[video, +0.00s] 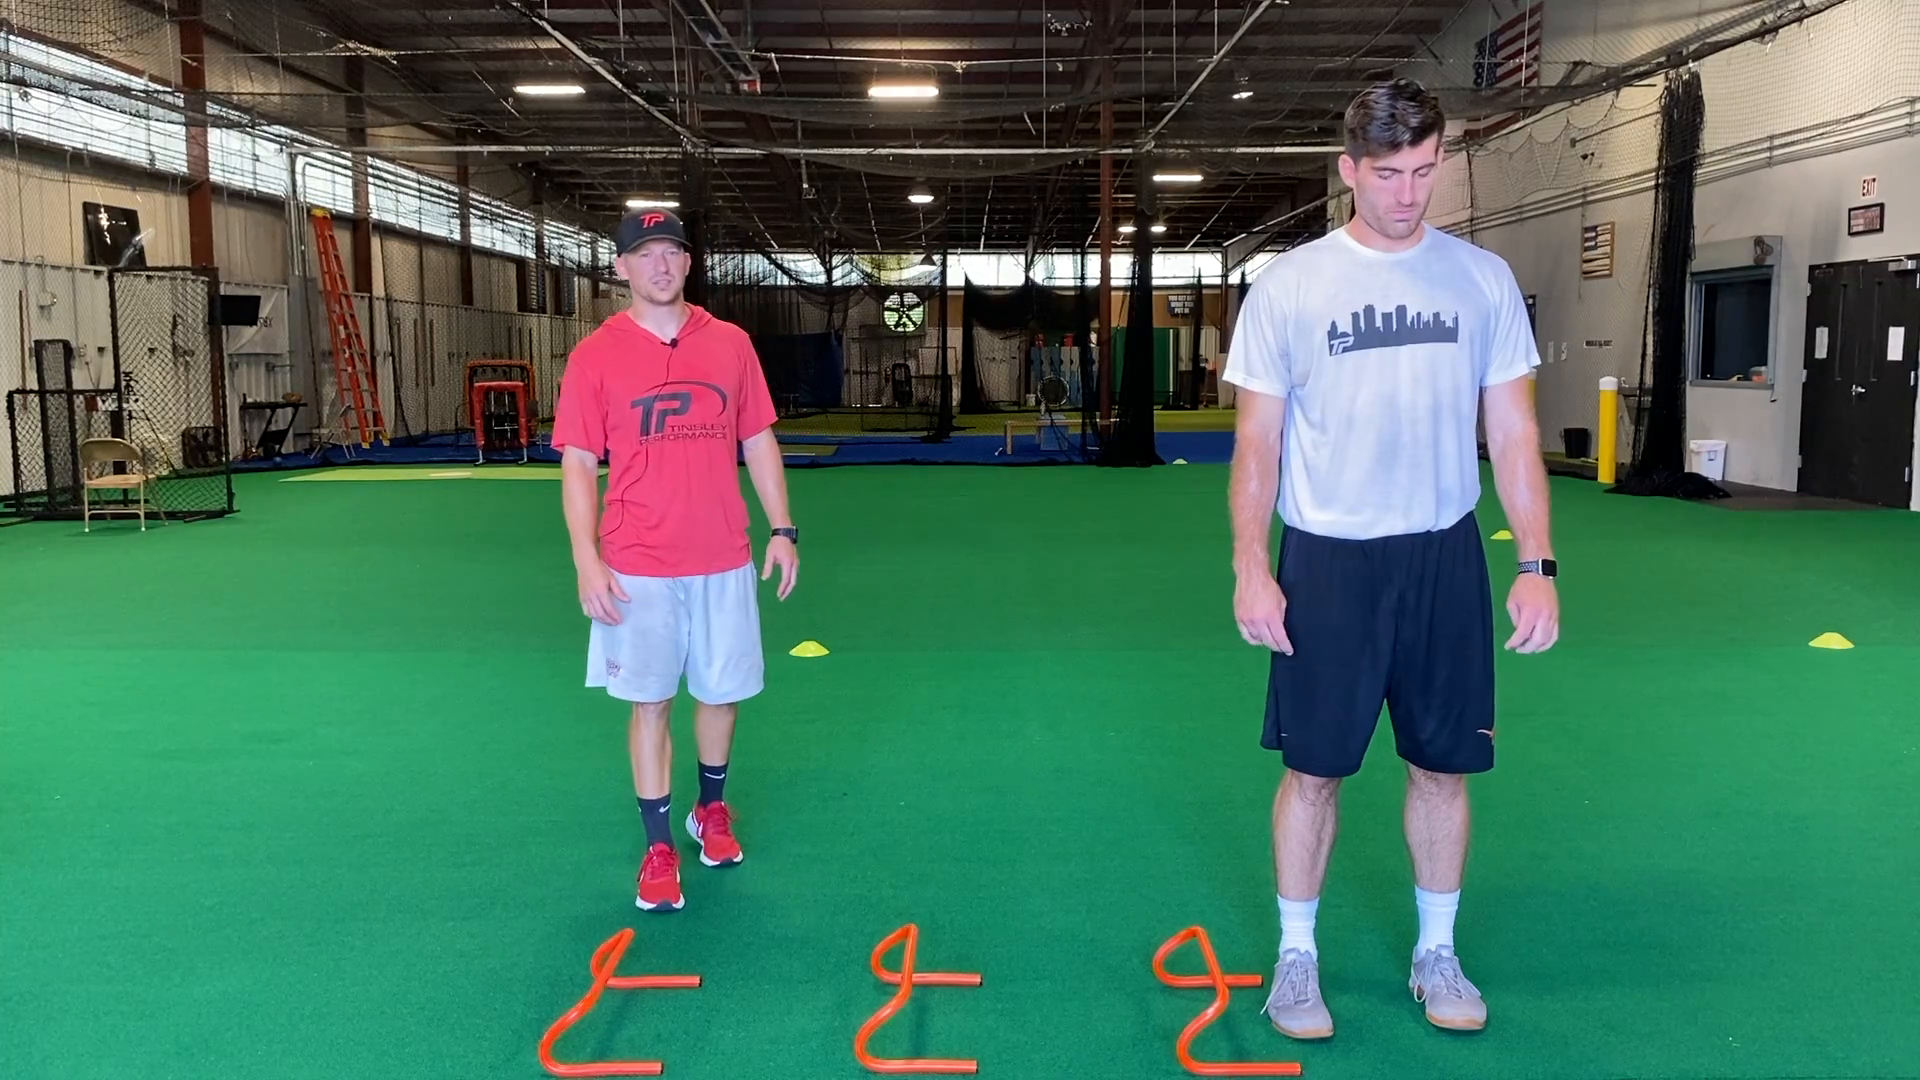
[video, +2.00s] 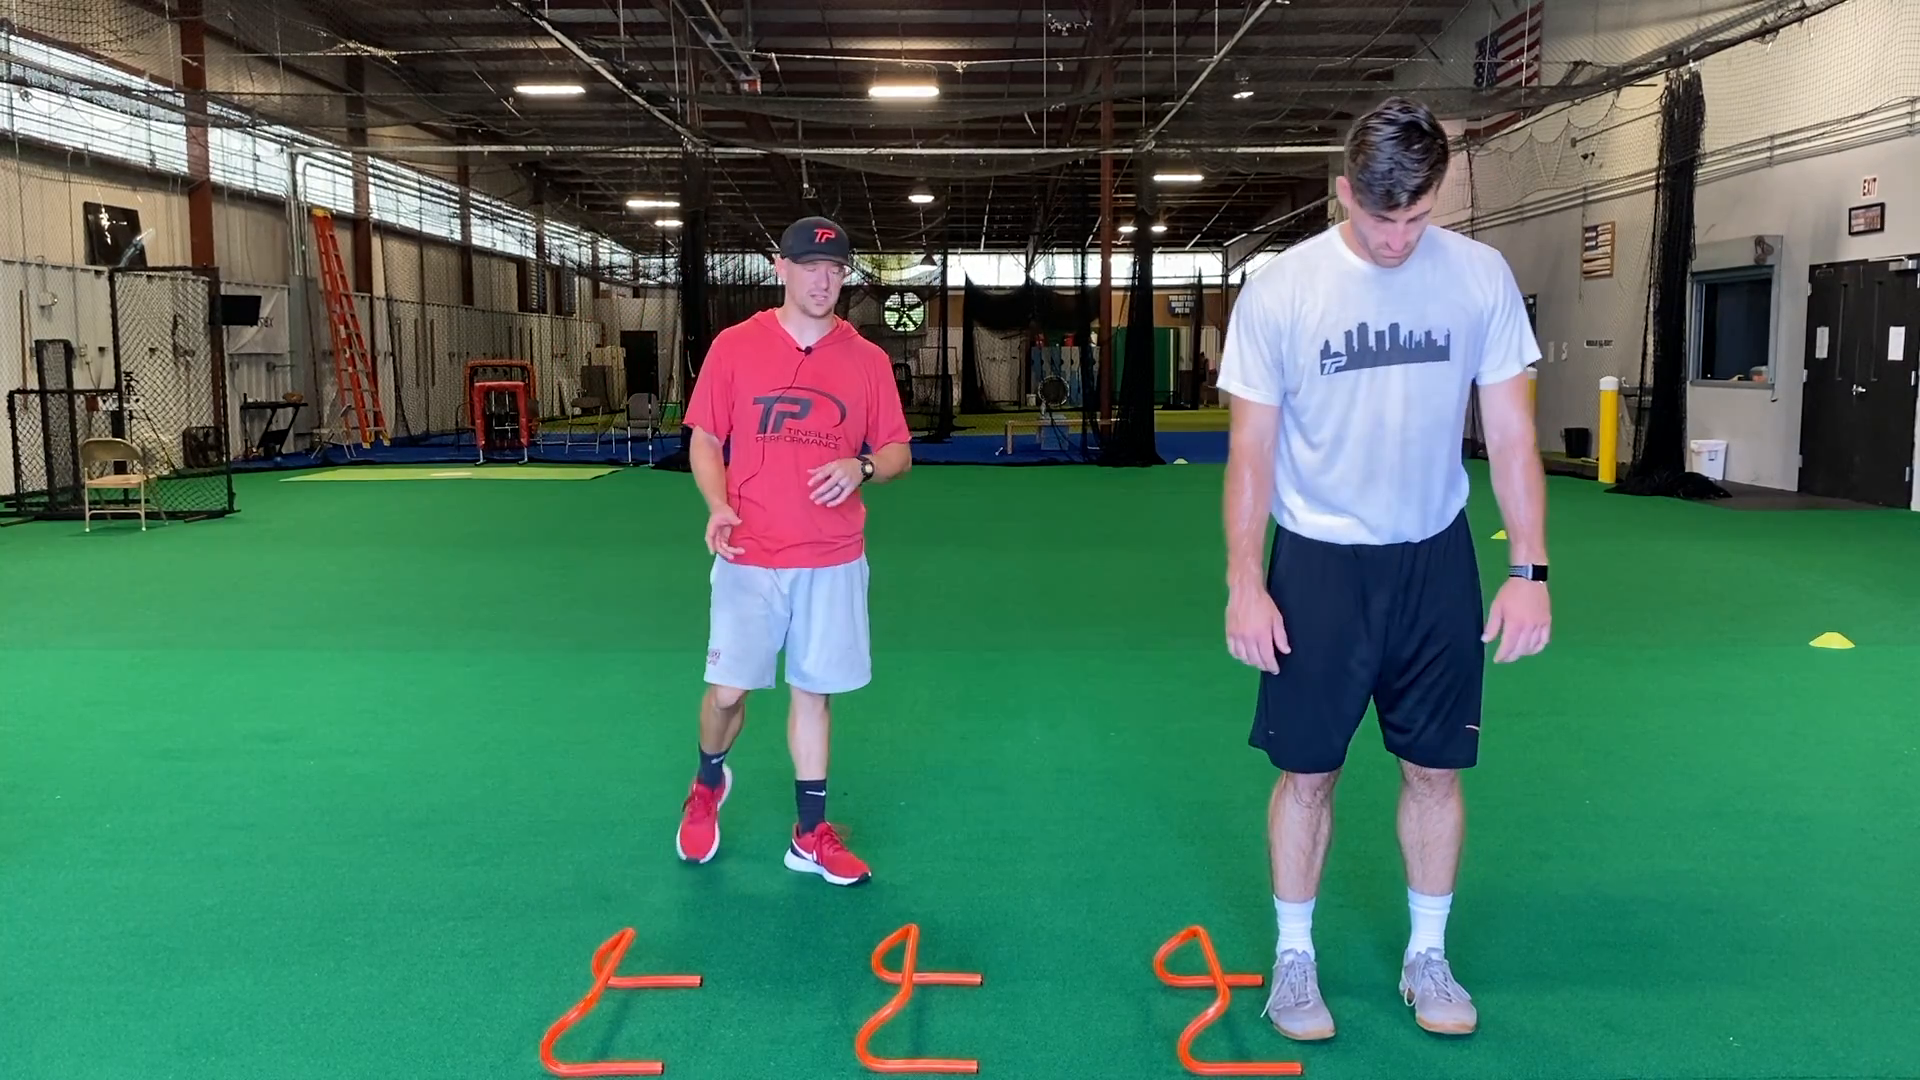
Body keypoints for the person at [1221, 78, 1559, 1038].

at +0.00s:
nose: (1410, 191)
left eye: (1424, 169)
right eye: (1391, 173)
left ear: (1442, 163)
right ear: (1349, 169)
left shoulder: (1484, 279)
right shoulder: (1287, 285)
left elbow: (1514, 435)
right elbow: (1256, 445)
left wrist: (1537, 562)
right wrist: (1252, 570)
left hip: (1444, 559)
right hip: (1328, 562)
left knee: (1443, 761)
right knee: (1314, 768)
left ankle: (1437, 956)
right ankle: (1296, 959)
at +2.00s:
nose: (1397, 233)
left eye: (1415, 214)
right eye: (1379, 213)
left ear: (1439, 194)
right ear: (1341, 187)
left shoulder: (1480, 278)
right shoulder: (1277, 291)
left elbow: (1511, 437)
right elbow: (1250, 457)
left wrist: (1528, 569)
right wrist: (1245, 583)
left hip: (1436, 560)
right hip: (1317, 563)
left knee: (1436, 763)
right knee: (1306, 769)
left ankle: (1428, 958)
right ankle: (1293, 960)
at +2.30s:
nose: (1433, 246)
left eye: (1452, 228)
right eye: (1417, 225)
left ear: (1476, 206)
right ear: (1380, 195)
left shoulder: (1511, 292)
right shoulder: (1304, 288)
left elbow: (1537, 448)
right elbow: (1265, 441)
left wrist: (1548, 585)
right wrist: (1258, 569)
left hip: (1444, 564)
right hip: (1325, 564)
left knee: (1438, 763)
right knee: (1314, 762)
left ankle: (1428, 958)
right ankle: (1297, 955)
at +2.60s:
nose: (1411, 262)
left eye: (1429, 244)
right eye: (1395, 242)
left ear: (1452, 221)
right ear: (1355, 211)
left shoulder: (1483, 292)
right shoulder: (1278, 297)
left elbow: (1507, 443)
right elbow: (1235, 448)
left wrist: (1525, 579)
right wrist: (1238, 587)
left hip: (1424, 564)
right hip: (1307, 566)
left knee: (1434, 767)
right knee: (1306, 769)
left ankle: (1428, 958)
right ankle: (1298, 961)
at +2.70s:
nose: (1398, 274)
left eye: (1415, 255)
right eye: (1381, 253)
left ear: (1437, 229)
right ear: (1341, 221)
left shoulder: (1472, 296)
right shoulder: (1267, 310)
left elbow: (1498, 440)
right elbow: (1224, 458)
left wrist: (1512, 577)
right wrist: (1233, 599)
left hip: (1417, 562)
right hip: (1300, 567)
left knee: (1443, 763)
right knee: (1302, 771)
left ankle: (1430, 955)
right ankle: (1299, 961)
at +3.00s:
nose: (1389, 309)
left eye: (1405, 288)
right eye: (1371, 289)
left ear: (1427, 259)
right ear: (1333, 258)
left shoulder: (1472, 314)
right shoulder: (1260, 338)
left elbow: (1501, 446)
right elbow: (1214, 472)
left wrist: (1503, 581)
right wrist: (1228, 615)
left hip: (1415, 574)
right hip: (1296, 579)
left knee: (1441, 761)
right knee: (1297, 772)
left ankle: (1432, 955)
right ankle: (1298, 961)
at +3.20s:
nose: (1403, 334)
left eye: (1421, 314)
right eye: (1384, 315)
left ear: (1443, 287)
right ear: (1346, 285)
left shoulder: (1486, 339)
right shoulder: (1273, 356)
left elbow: (1514, 455)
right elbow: (1217, 476)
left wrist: (1511, 590)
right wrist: (1229, 620)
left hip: (1417, 578)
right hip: (1299, 583)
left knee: (1435, 764)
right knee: (1300, 767)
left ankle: (1429, 957)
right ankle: (1299, 960)